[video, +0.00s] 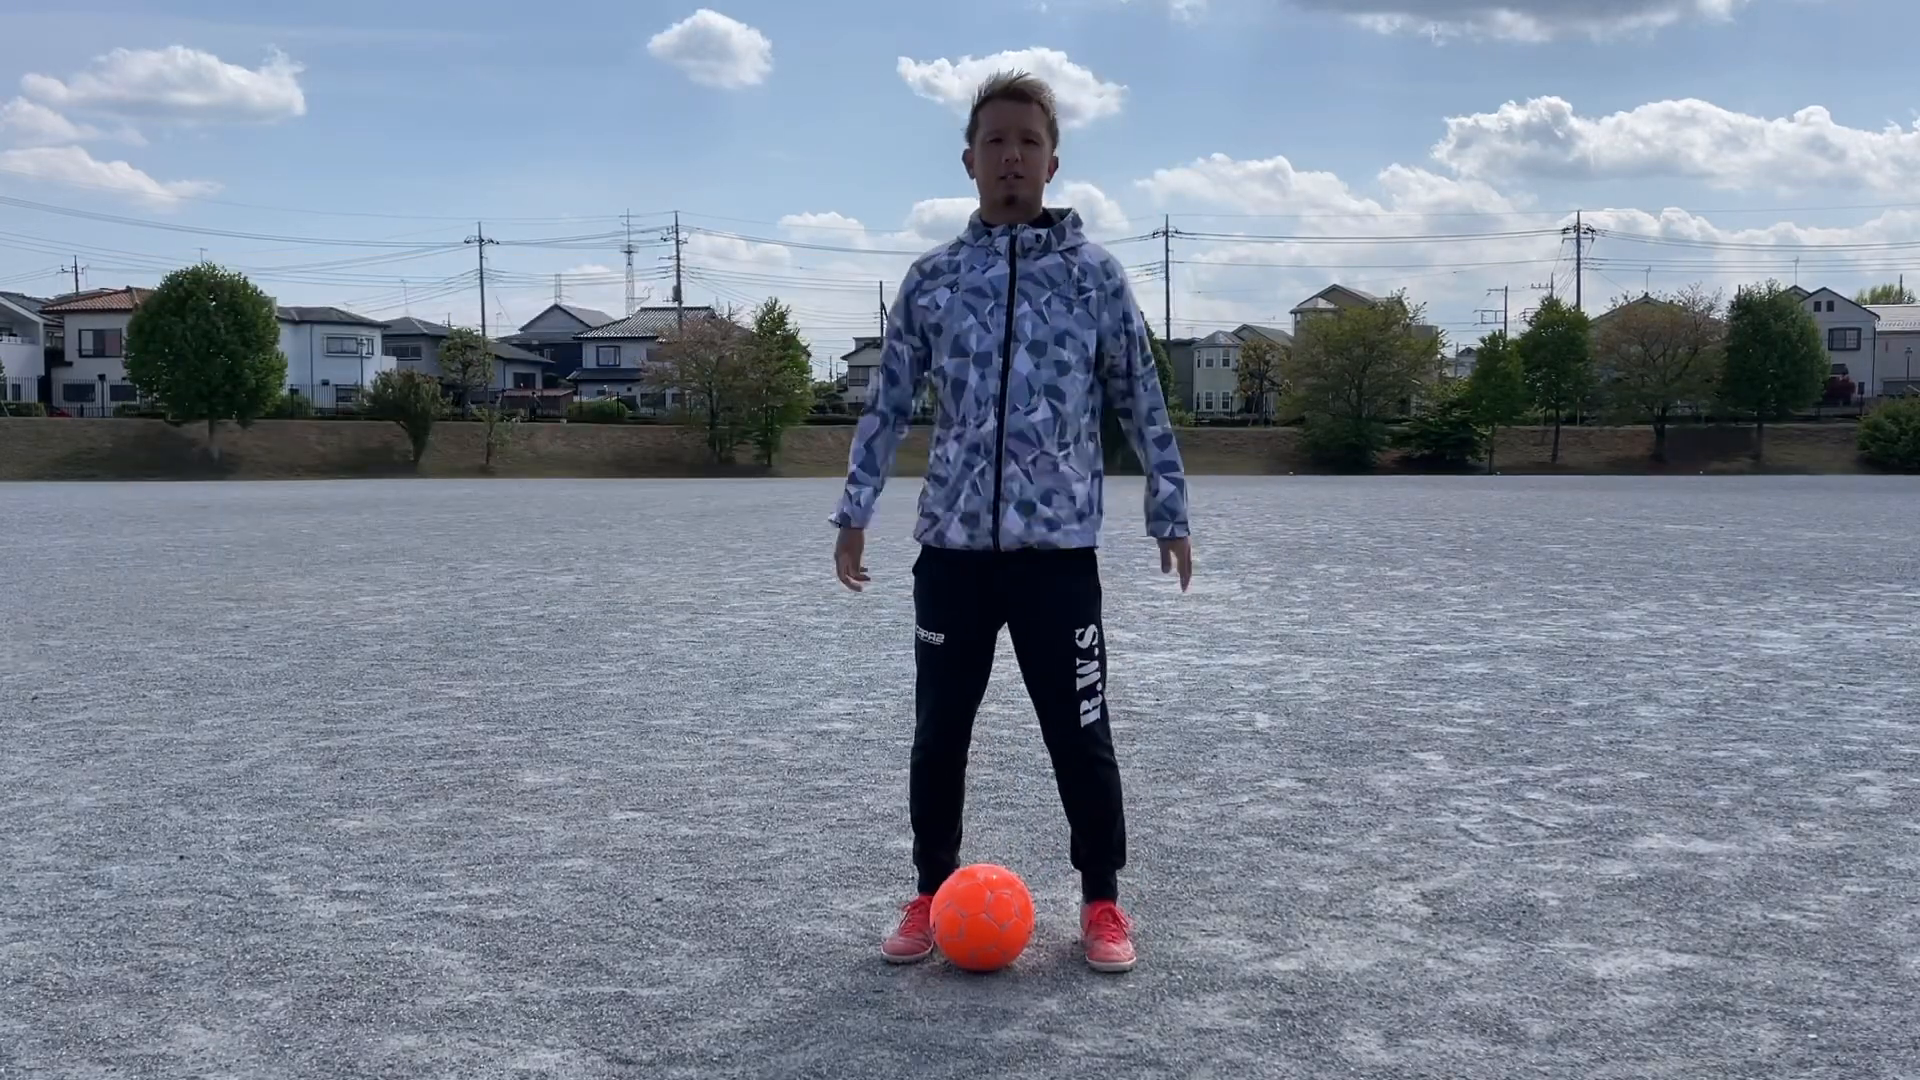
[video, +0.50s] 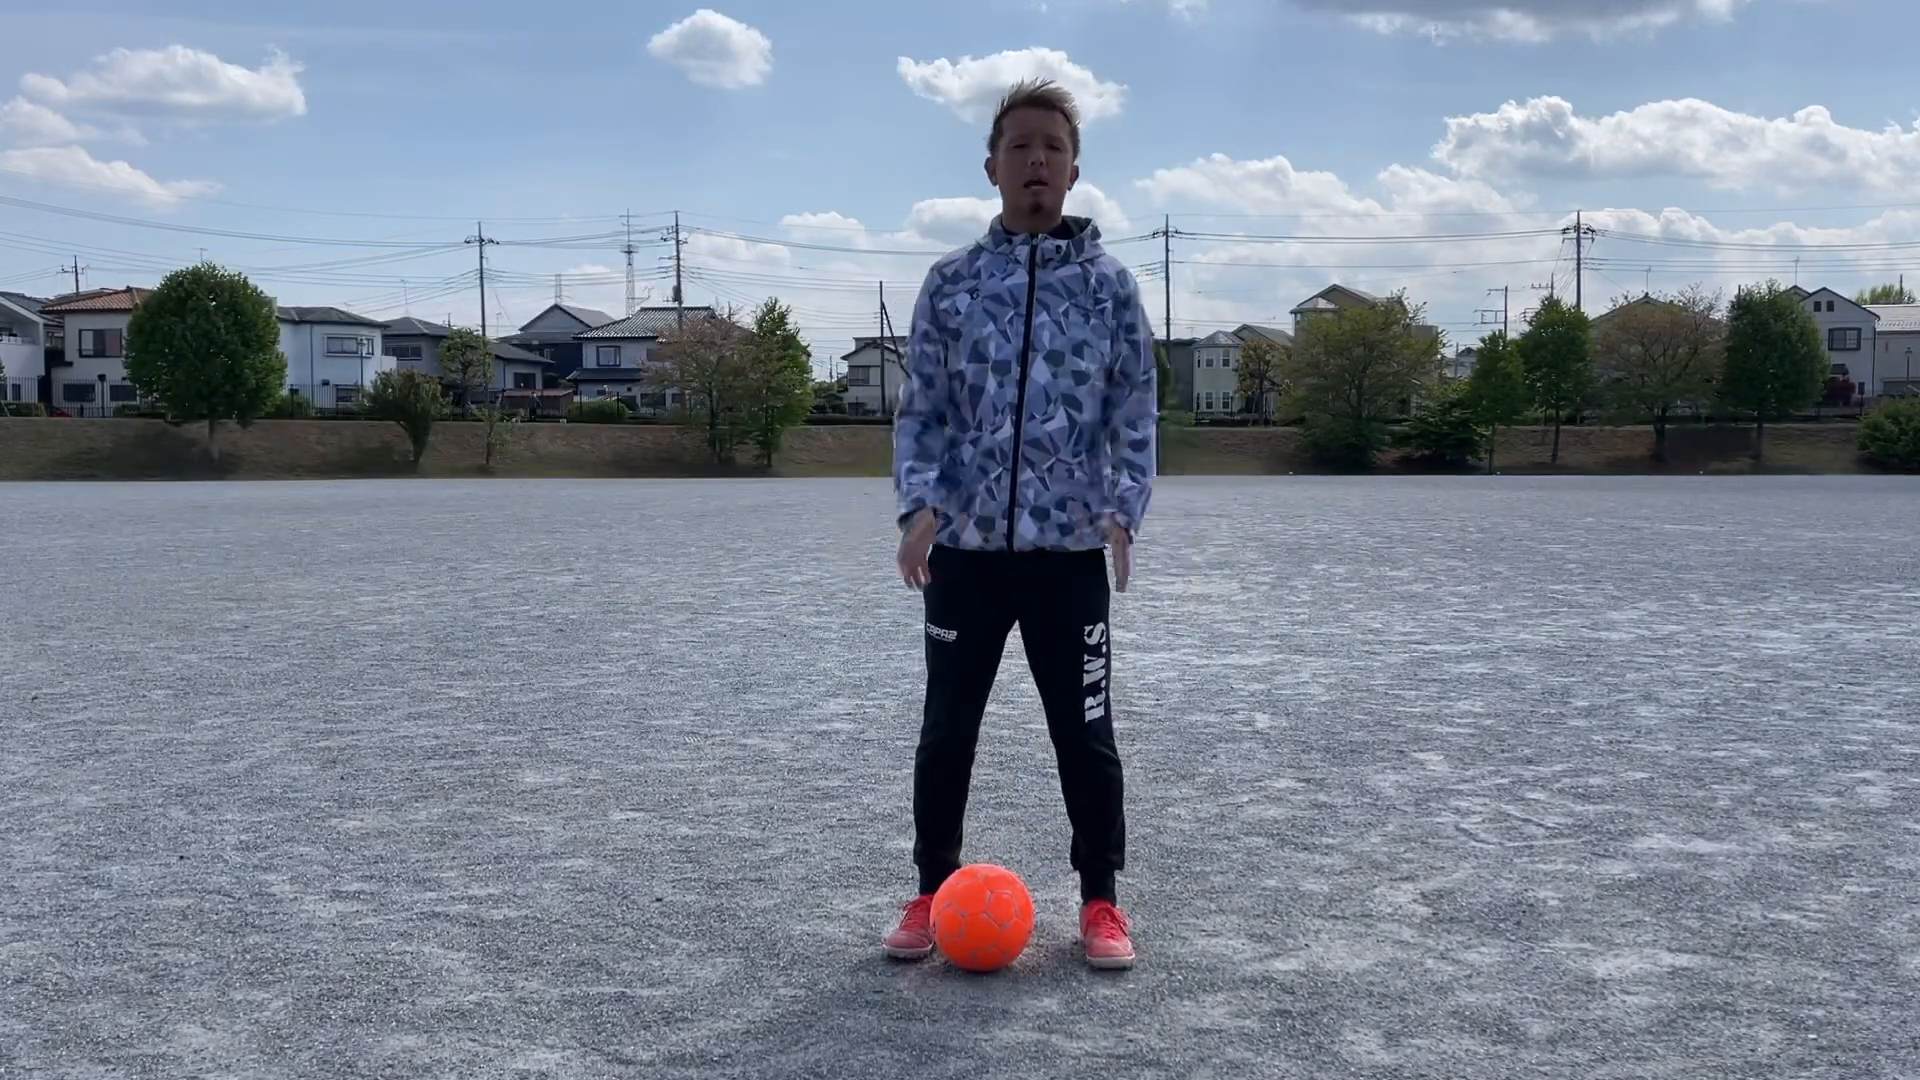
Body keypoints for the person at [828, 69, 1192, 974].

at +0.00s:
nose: (1012, 157)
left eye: (1030, 142)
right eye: (994, 141)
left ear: (1053, 159)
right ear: (969, 157)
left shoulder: (1092, 271)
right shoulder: (933, 277)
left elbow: (1141, 400)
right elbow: (888, 402)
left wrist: (1170, 509)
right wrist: (854, 511)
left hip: (1057, 542)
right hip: (953, 541)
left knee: (1080, 731)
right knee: (938, 731)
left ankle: (1102, 906)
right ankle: (931, 898)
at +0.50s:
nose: (1037, 160)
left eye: (1053, 146)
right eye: (1020, 145)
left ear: (1075, 165)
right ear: (992, 162)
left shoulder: (1107, 282)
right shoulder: (952, 280)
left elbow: (1135, 407)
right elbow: (921, 408)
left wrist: (1124, 504)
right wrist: (920, 503)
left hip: (1069, 542)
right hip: (966, 540)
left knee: (1085, 731)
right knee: (946, 729)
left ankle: (1101, 905)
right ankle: (930, 898)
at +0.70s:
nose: (1032, 162)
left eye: (1048, 148)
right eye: (1015, 147)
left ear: (1070, 165)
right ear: (989, 164)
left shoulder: (1106, 278)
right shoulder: (953, 276)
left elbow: (1130, 394)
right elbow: (928, 393)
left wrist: (1063, 413)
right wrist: (997, 396)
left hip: (1068, 540)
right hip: (969, 538)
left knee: (1086, 728)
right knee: (948, 727)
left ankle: (1101, 903)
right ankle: (930, 896)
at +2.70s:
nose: (1030, 168)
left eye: (1047, 153)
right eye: (1014, 153)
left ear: (1074, 170)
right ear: (993, 169)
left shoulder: (1113, 282)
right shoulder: (954, 285)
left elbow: (1149, 396)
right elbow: (917, 400)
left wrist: (1061, 393)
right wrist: (983, 391)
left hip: (1070, 538)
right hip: (970, 538)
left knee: (1085, 726)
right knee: (950, 727)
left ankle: (1097, 897)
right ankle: (933, 894)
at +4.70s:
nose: (929, 175)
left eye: (941, 158)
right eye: (909, 165)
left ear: (965, 166)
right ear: (885, 184)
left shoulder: (1024, 271)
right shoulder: (869, 297)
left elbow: (1078, 377)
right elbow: (846, 420)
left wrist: (1002, 416)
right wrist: (915, 427)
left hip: (1020, 534)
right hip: (922, 543)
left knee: (1063, 716)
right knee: (924, 729)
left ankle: (1104, 893)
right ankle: (929, 893)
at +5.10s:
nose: (1044, 163)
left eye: (1060, 151)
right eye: (1028, 148)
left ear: (1078, 171)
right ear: (998, 165)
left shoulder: (1112, 284)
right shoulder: (951, 283)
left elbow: (1143, 406)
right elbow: (905, 401)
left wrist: (1120, 360)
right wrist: (929, 366)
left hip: (1072, 538)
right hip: (972, 537)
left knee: (1083, 731)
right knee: (948, 731)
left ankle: (1091, 901)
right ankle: (933, 897)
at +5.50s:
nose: (1114, 164)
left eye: (1132, 153)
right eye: (1099, 148)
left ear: (1151, 176)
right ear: (1070, 163)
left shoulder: (1172, 295)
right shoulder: (1013, 273)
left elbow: (1193, 416)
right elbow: (961, 388)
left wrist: (1113, 409)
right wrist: (1029, 399)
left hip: (1103, 544)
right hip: (1002, 532)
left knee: (1098, 733)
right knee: (948, 696)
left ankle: (1092, 903)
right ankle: (951, 801)